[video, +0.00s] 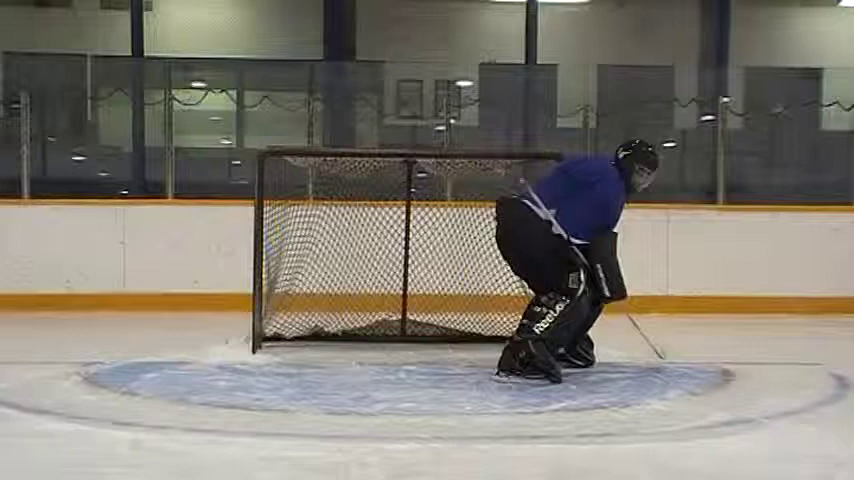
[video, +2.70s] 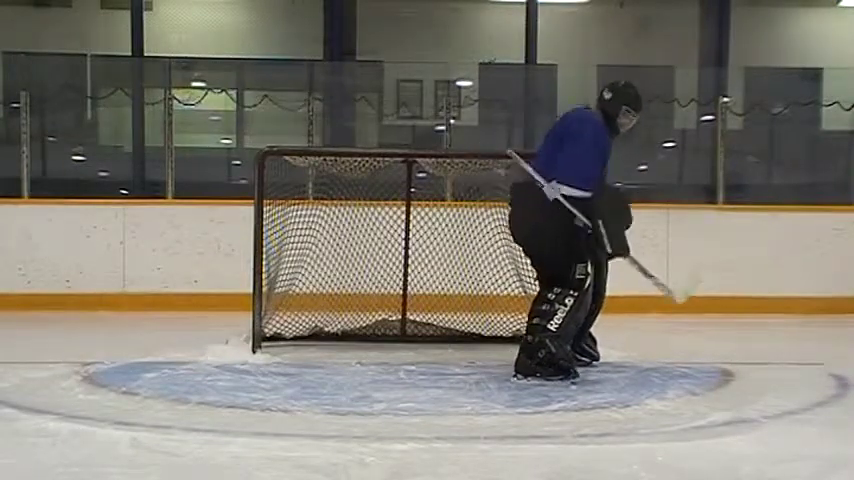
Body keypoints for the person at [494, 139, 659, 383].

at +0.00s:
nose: (645, 181)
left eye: (650, 176)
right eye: (643, 172)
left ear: (620, 159)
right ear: (630, 164)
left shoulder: (599, 170)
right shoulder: (610, 186)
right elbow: (600, 245)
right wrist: (615, 289)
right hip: (528, 223)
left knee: (589, 287)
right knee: (573, 288)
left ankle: (568, 341)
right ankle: (525, 350)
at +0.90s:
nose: (631, 147)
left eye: (631, 139)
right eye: (625, 140)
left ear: (600, 141)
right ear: (610, 142)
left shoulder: (579, 160)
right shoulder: (605, 177)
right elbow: (589, 239)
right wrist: (611, 276)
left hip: (517, 225)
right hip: (535, 233)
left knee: (571, 284)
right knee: (592, 290)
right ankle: (535, 351)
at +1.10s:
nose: (625, 121)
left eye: (624, 114)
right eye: (618, 115)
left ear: (596, 120)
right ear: (600, 120)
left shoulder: (579, 145)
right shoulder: (596, 155)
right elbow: (586, 218)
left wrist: (601, 250)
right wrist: (603, 260)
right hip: (535, 224)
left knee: (565, 284)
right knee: (583, 284)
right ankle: (533, 349)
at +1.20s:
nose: (622, 111)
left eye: (621, 104)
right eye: (615, 106)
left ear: (594, 111)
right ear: (596, 111)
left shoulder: (599, 144)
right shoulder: (585, 145)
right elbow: (581, 209)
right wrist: (589, 254)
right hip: (554, 225)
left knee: (597, 284)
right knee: (582, 285)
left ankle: (569, 340)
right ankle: (533, 349)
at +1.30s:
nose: (620, 100)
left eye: (618, 94)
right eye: (612, 95)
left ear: (595, 102)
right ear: (593, 100)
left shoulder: (595, 134)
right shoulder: (583, 135)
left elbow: (597, 189)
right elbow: (588, 194)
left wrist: (613, 228)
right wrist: (613, 232)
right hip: (543, 216)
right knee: (572, 281)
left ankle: (567, 340)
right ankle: (532, 349)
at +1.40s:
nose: (617, 92)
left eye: (616, 85)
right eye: (610, 86)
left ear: (587, 92)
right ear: (593, 90)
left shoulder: (563, 122)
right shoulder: (595, 128)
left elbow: (573, 178)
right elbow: (593, 188)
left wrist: (621, 190)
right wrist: (612, 226)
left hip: (531, 210)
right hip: (560, 215)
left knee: (561, 278)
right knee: (589, 280)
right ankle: (540, 347)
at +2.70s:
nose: (629, 122)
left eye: (633, 117)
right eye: (627, 114)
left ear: (604, 104)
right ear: (612, 105)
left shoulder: (586, 123)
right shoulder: (590, 129)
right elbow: (575, 191)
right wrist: (598, 235)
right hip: (545, 211)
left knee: (560, 280)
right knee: (574, 280)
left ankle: (542, 349)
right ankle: (540, 353)